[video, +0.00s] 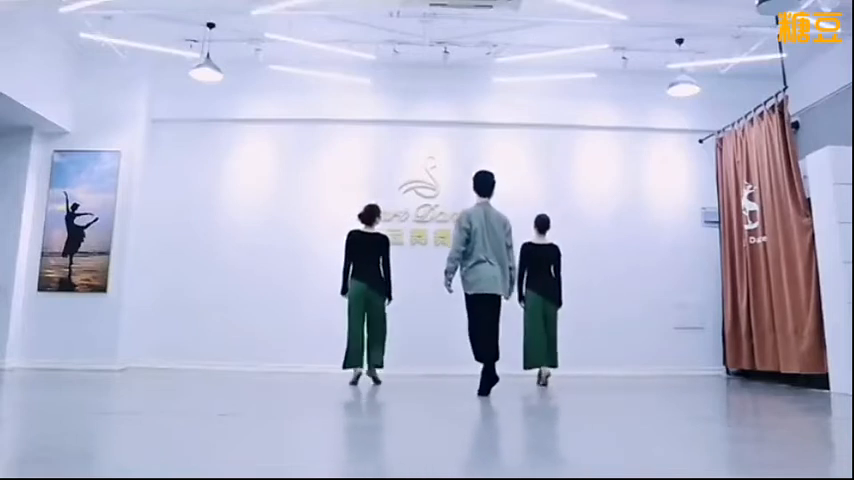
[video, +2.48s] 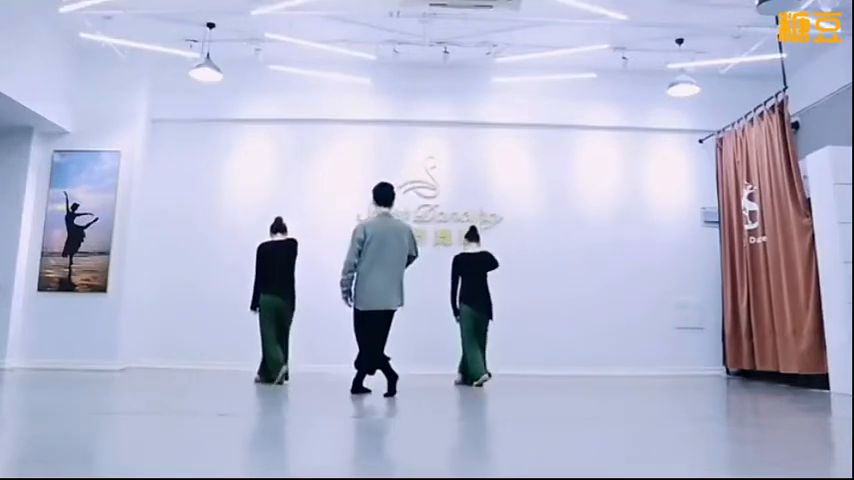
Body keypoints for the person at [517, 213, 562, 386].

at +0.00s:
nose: (538, 229)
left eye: (536, 226)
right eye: (542, 226)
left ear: (534, 227)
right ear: (548, 228)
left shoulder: (527, 247)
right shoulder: (554, 249)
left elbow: (521, 272)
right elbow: (558, 275)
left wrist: (520, 293)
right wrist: (559, 296)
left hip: (533, 292)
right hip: (550, 293)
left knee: (536, 330)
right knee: (548, 330)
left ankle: (542, 367)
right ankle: (545, 367)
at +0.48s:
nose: (534, 230)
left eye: (532, 227)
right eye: (537, 227)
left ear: (529, 228)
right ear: (543, 229)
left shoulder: (522, 248)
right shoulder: (549, 249)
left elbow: (517, 273)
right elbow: (554, 275)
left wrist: (517, 294)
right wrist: (555, 297)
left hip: (529, 292)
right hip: (546, 293)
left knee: (531, 330)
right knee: (544, 330)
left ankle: (536, 367)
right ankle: (540, 367)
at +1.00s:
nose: (530, 229)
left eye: (528, 226)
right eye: (534, 226)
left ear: (526, 227)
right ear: (540, 228)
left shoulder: (518, 247)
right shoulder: (546, 248)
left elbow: (513, 272)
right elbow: (551, 275)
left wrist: (512, 293)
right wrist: (552, 296)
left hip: (525, 291)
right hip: (543, 292)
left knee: (529, 329)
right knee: (542, 329)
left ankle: (538, 366)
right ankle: (541, 368)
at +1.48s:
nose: (512, 239)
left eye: (512, 236)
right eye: (515, 236)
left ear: (514, 238)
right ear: (527, 239)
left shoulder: (508, 259)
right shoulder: (534, 258)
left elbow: (505, 285)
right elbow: (547, 277)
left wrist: (504, 306)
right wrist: (559, 293)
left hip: (518, 303)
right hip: (535, 303)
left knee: (513, 337)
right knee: (538, 339)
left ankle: (513, 369)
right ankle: (538, 377)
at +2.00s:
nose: (480, 244)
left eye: (479, 242)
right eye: (483, 242)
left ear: (478, 241)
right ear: (492, 241)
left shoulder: (473, 257)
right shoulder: (500, 258)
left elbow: (468, 283)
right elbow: (498, 278)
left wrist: (464, 306)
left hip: (477, 300)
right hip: (496, 301)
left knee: (474, 336)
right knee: (489, 337)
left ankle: (478, 372)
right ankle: (484, 371)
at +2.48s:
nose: (470, 243)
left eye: (468, 240)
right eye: (474, 241)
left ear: (465, 240)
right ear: (479, 240)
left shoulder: (459, 259)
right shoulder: (485, 256)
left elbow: (454, 286)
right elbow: (494, 264)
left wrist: (454, 307)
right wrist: (480, 268)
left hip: (467, 300)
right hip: (483, 300)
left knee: (468, 338)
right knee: (480, 337)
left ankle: (479, 372)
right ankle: (466, 373)